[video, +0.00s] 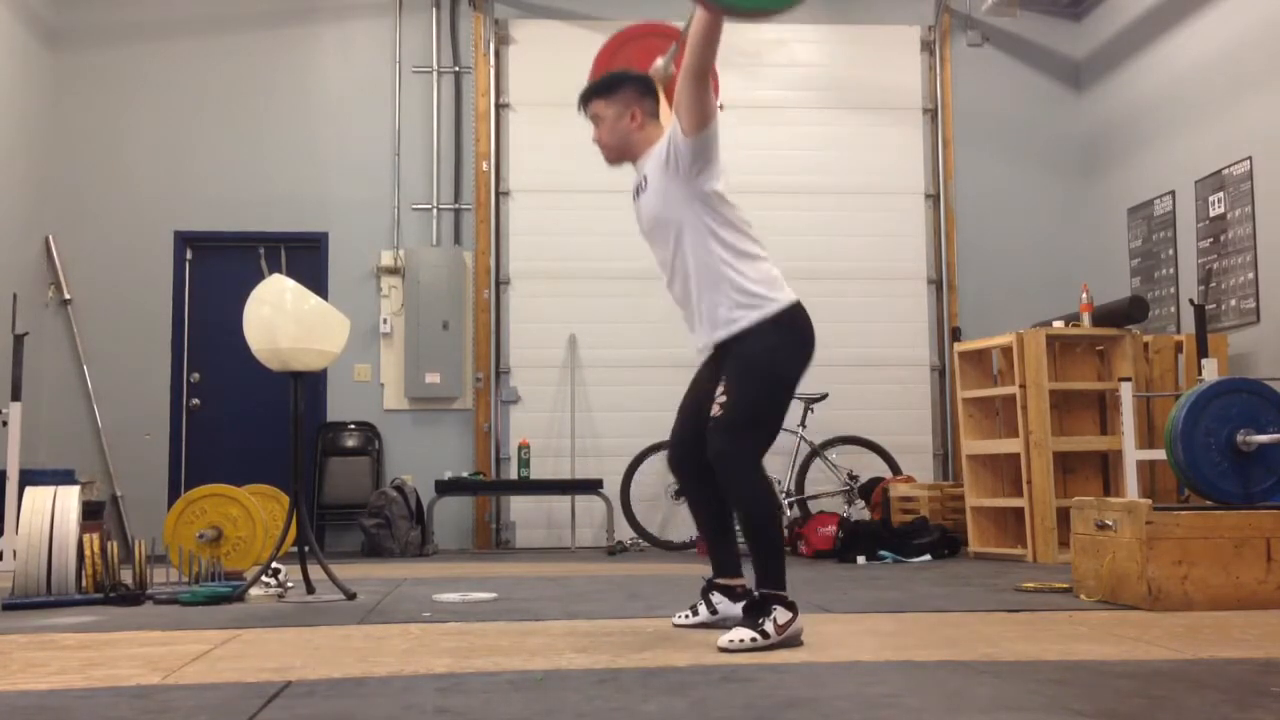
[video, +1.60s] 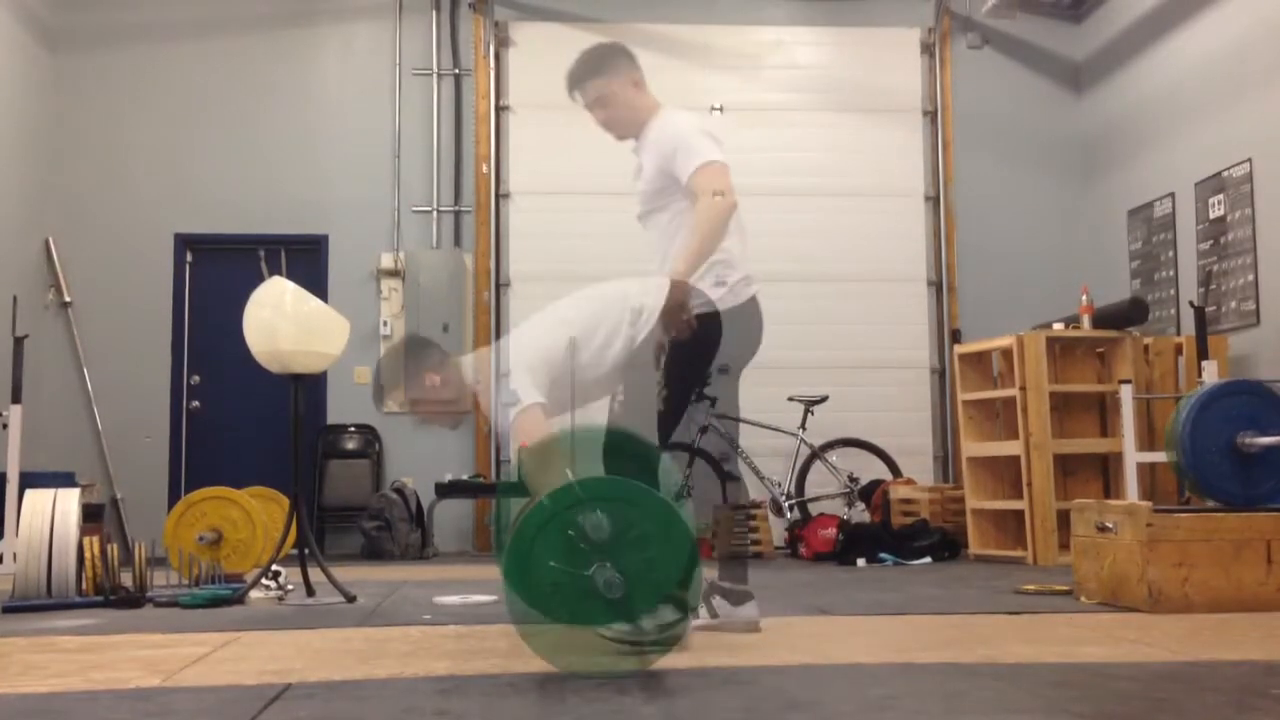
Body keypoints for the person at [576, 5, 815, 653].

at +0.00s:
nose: (593, 135)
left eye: (600, 121)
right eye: (592, 123)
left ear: (640, 113)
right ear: (625, 120)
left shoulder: (683, 153)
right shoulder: (648, 179)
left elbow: (695, 71)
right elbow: (672, 82)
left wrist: (712, 4)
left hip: (771, 329)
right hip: (726, 341)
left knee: (730, 449)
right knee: (687, 451)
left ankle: (776, 607)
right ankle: (730, 593)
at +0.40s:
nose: (668, 63)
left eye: (678, 50)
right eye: (667, 53)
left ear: (713, 55)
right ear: (679, 67)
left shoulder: (735, 110)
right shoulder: (700, 120)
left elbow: (736, 48)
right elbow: (674, 110)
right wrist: (645, 78)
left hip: (736, 312)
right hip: (699, 313)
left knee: (749, 456)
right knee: (710, 459)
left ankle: (775, 607)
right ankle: (730, 595)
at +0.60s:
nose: (723, 66)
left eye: (733, 53)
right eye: (715, 54)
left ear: (753, 59)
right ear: (705, 62)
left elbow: (771, 137)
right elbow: (656, 187)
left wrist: (710, 98)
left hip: (746, 316)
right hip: (702, 316)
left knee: (755, 457)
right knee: (710, 457)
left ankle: (778, 607)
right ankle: (731, 594)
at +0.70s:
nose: (699, 76)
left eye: (710, 63)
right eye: (693, 67)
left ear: (745, 61)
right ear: (693, 71)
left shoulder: (755, 116)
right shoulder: (721, 130)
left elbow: (772, 168)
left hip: (751, 312)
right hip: (713, 309)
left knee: (756, 452)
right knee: (712, 452)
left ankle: (779, 607)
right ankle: (731, 593)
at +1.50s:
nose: (614, 114)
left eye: (618, 98)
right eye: (604, 104)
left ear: (651, 81)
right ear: (604, 103)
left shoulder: (690, 128)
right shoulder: (668, 143)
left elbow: (732, 197)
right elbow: (691, 233)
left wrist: (693, 276)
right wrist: (675, 308)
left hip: (720, 313)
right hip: (705, 314)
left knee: (691, 445)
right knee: (709, 449)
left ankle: (720, 591)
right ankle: (731, 592)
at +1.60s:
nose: (597, 119)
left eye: (600, 102)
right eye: (589, 108)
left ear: (632, 84)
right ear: (616, 97)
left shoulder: (676, 129)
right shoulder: (655, 143)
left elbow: (719, 199)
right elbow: (686, 229)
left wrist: (677, 284)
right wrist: (672, 302)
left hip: (717, 314)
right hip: (700, 314)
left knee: (698, 451)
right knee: (711, 451)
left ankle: (731, 591)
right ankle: (729, 592)